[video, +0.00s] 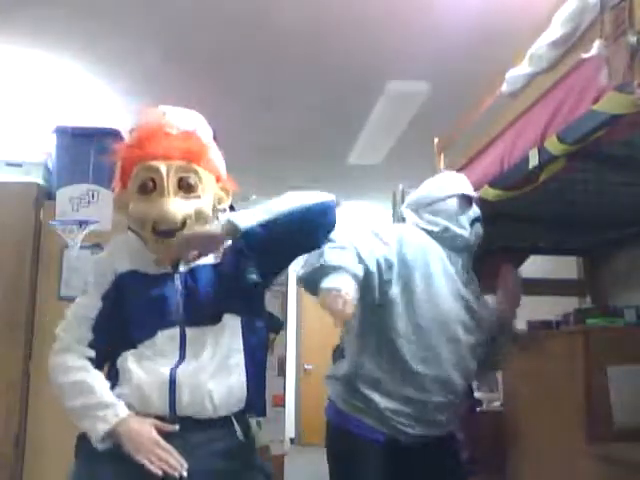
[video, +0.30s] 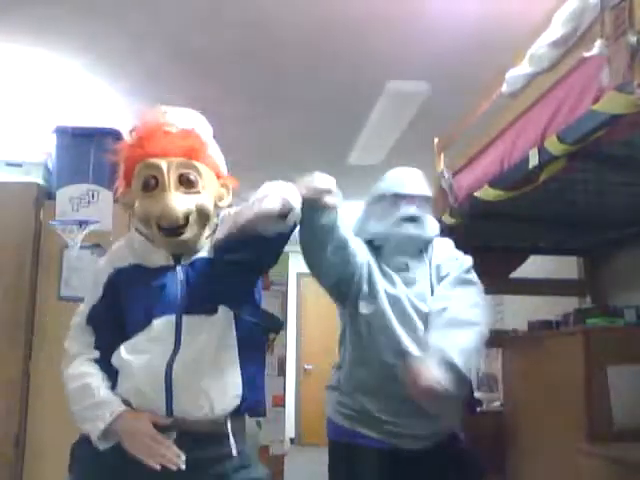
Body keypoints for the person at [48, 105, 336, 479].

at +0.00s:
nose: (168, 204)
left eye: (186, 186)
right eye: (148, 186)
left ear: (216, 196)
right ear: (126, 201)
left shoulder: (242, 260)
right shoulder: (116, 269)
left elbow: (322, 209)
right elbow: (67, 360)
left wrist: (229, 227)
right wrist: (121, 423)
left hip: (220, 449)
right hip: (124, 448)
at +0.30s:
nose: (169, 203)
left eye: (187, 182)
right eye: (150, 184)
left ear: (221, 192)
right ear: (130, 200)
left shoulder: (233, 255)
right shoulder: (119, 269)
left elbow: (280, 203)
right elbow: (78, 359)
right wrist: (117, 420)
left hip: (218, 453)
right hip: (126, 455)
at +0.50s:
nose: (147, 208)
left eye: (162, 188)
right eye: (128, 194)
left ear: (188, 199)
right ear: (111, 211)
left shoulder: (223, 260)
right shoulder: (110, 280)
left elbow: (278, 209)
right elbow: (70, 380)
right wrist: (121, 437)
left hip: (210, 456)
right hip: (118, 458)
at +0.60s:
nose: (144, 219)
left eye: (157, 202)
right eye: (127, 208)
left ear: (181, 205)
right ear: (109, 218)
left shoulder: (216, 262)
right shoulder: (108, 284)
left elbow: (265, 212)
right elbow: (67, 378)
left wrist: (190, 189)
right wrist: (114, 434)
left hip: (208, 456)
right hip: (119, 458)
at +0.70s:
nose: (147, 227)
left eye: (159, 209)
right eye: (125, 218)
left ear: (188, 214)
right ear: (104, 235)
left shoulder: (214, 270)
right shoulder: (105, 292)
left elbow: (269, 196)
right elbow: (61, 383)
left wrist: (206, 207)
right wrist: (106, 435)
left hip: (210, 457)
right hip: (121, 456)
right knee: (79, 470)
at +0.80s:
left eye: (152, 202)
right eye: (117, 214)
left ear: (184, 206)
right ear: (105, 233)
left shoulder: (219, 269)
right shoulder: (106, 297)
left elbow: (273, 188)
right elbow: (56, 392)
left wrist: (197, 198)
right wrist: (104, 447)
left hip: (213, 462)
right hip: (129, 465)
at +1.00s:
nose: (127, 220)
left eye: (143, 198)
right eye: (105, 208)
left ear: (180, 213)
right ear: (88, 236)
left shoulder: (207, 274)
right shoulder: (95, 305)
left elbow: (245, 223)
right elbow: (61, 407)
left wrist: (212, 156)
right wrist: (111, 467)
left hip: (211, 465)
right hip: (129, 467)